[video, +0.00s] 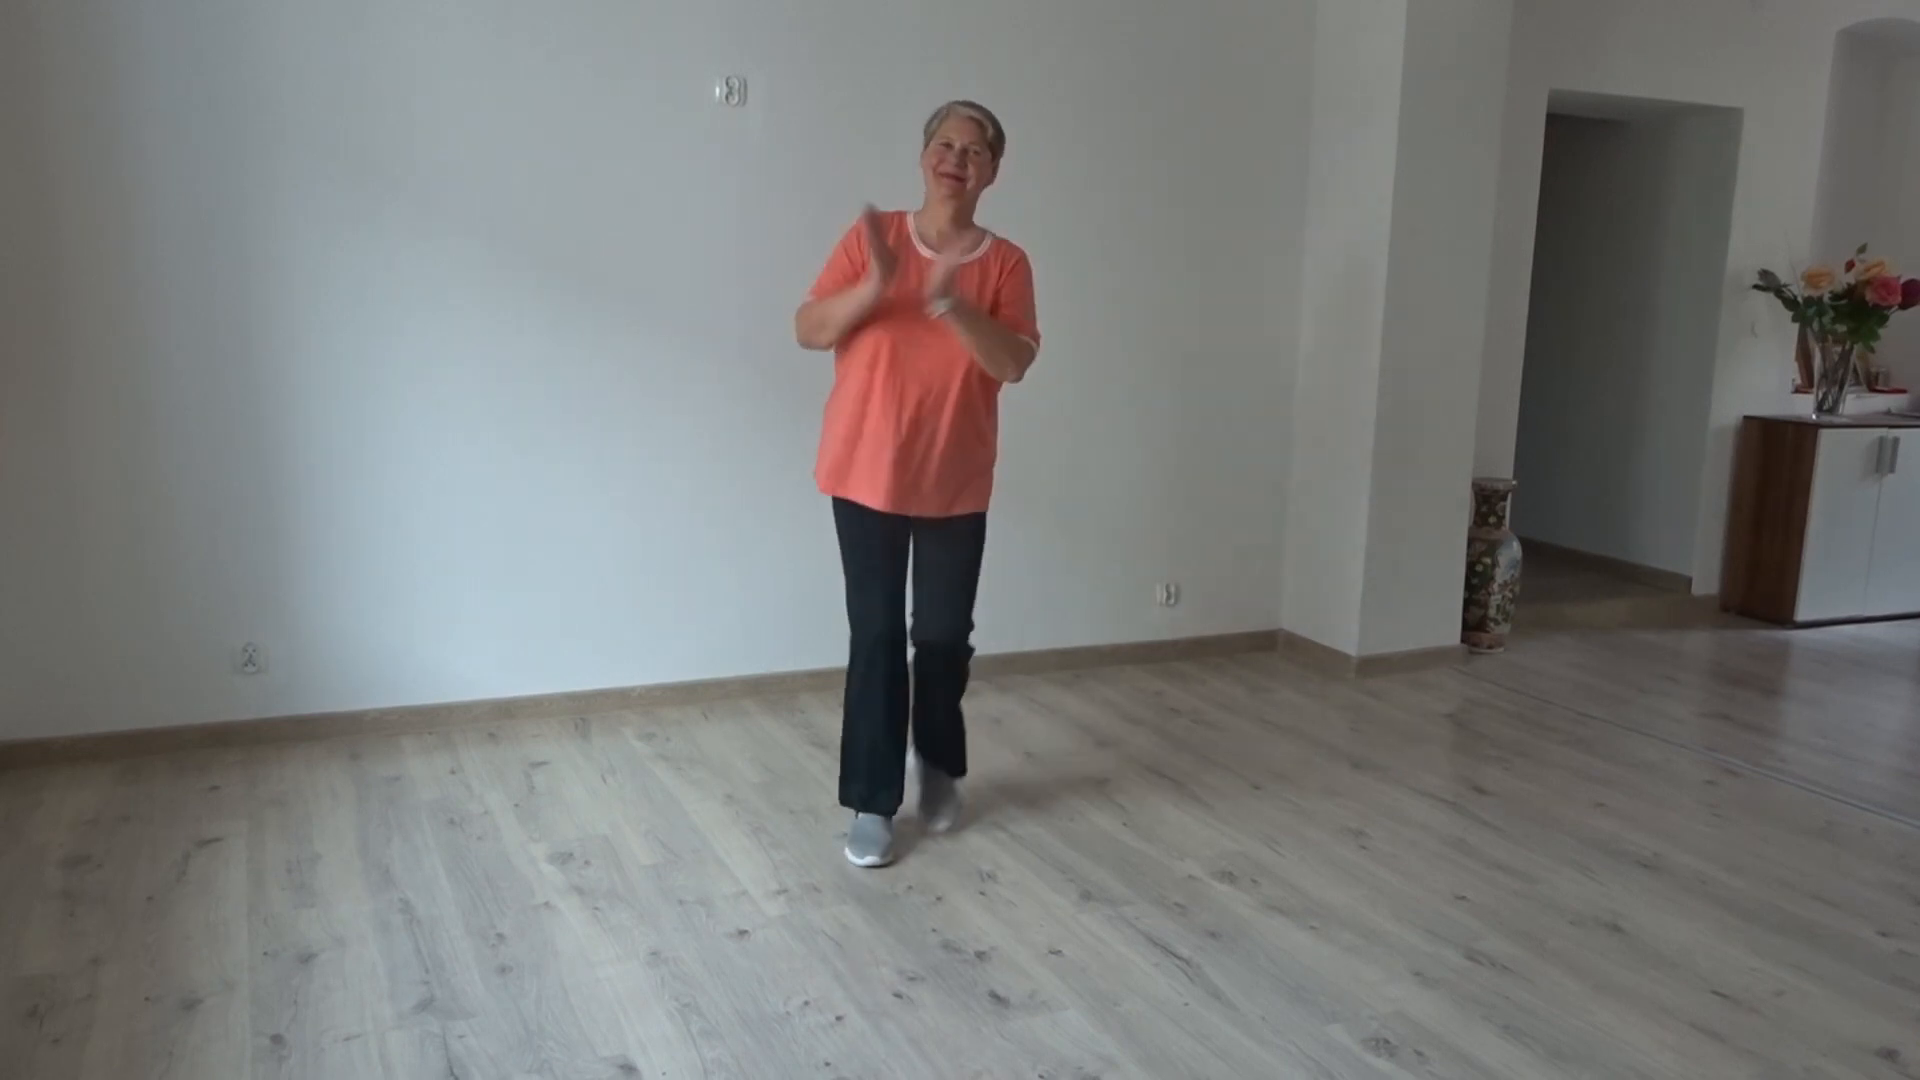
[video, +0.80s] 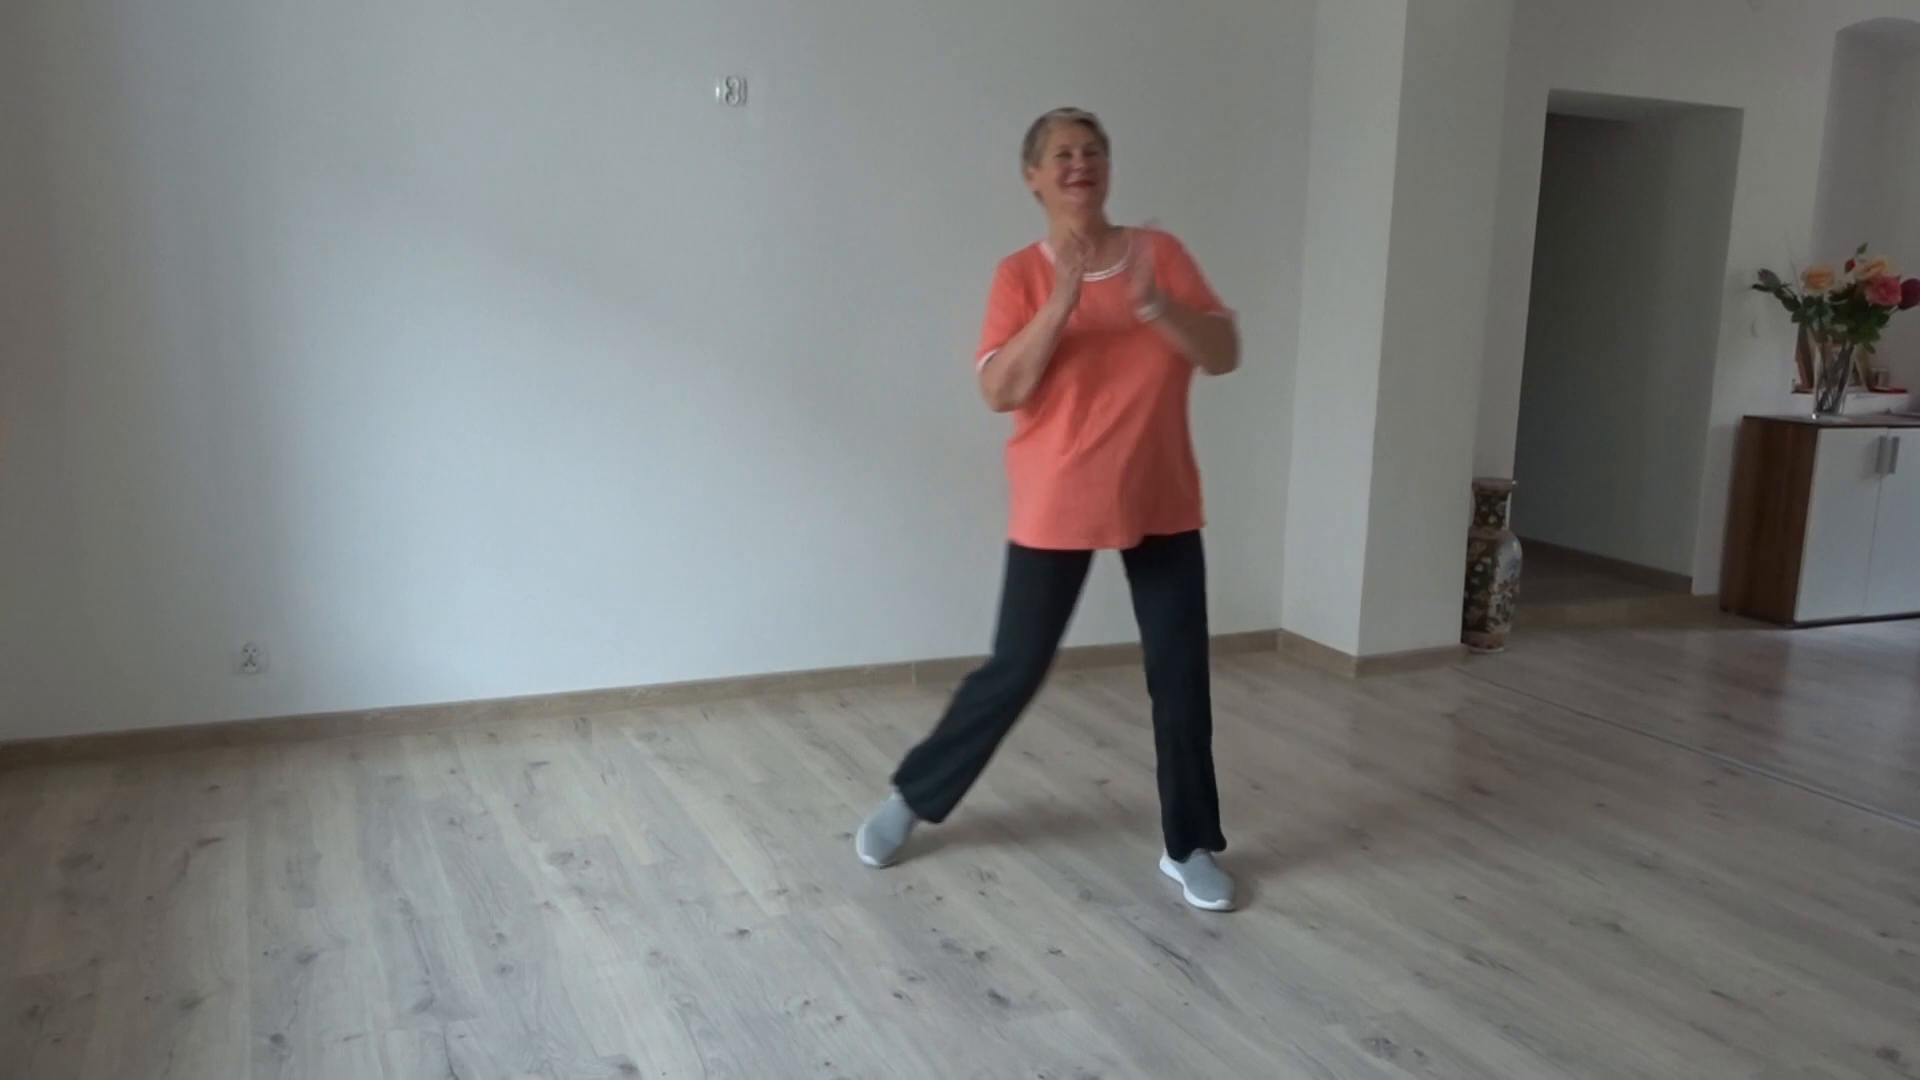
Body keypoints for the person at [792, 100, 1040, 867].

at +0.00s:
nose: (955, 159)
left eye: (973, 151)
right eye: (945, 146)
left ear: (993, 171)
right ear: (922, 156)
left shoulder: (1003, 261)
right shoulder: (874, 235)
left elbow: (1012, 364)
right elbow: (810, 328)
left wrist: (957, 307)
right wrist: (872, 290)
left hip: (955, 481)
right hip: (867, 472)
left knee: (942, 638)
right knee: (877, 639)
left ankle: (939, 766)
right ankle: (869, 804)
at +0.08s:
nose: (951, 169)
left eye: (967, 161)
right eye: (940, 155)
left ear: (983, 181)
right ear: (914, 165)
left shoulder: (1000, 268)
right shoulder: (867, 251)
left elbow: (1015, 373)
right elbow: (809, 349)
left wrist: (924, 350)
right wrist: (871, 335)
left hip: (954, 500)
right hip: (865, 494)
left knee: (930, 654)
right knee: (874, 650)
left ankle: (925, 804)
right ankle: (870, 808)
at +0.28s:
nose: (948, 169)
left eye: (961, 160)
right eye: (932, 157)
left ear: (975, 179)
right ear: (900, 173)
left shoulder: (1005, 270)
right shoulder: (864, 269)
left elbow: (1053, 377)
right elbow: (805, 362)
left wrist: (985, 427)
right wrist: (815, 409)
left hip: (978, 498)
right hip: (880, 498)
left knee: (996, 652)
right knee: (880, 660)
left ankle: (967, 784)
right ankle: (871, 817)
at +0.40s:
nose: (956, 154)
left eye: (970, 144)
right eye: (940, 143)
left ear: (986, 163)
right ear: (910, 162)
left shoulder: (1023, 255)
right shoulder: (877, 259)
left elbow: (1090, 356)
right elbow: (817, 346)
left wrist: (1062, 371)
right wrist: (820, 364)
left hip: (1005, 482)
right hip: (902, 485)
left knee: (1050, 644)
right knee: (894, 653)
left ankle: (1064, 806)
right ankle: (871, 818)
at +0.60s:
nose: (1005, 167)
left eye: (1016, 155)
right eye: (989, 156)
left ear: (1035, 172)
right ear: (957, 175)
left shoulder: (1082, 260)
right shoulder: (934, 273)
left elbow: (1135, 373)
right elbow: (894, 386)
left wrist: (1115, 303)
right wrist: (916, 305)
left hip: (1063, 489)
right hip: (960, 490)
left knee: (1118, 662)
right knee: (929, 657)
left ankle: (1184, 835)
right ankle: (878, 819)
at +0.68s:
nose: (1036, 172)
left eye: (1047, 160)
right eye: (1018, 163)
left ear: (1065, 175)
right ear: (988, 182)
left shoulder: (1108, 261)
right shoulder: (972, 276)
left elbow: (1158, 364)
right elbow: (947, 389)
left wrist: (1085, 319)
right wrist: (1019, 324)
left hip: (1104, 499)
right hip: (1000, 500)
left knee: (1148, 671)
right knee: (954, 665)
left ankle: (1185, 841)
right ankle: (882, 816)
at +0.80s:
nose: (1081, 165)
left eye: (1092, 153)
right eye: (1064, 156)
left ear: (1110, 169)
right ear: (1033, 178)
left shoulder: (1155, 253)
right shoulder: (1022, 275)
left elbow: (1223, 352)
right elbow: (1002, 390)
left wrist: (1157, 305)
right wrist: (1060, 300)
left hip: (1160, 495)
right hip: (1056, 502)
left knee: (1182, 681)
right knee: (1017, 668)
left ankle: (1192, 848)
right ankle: (910, 800)